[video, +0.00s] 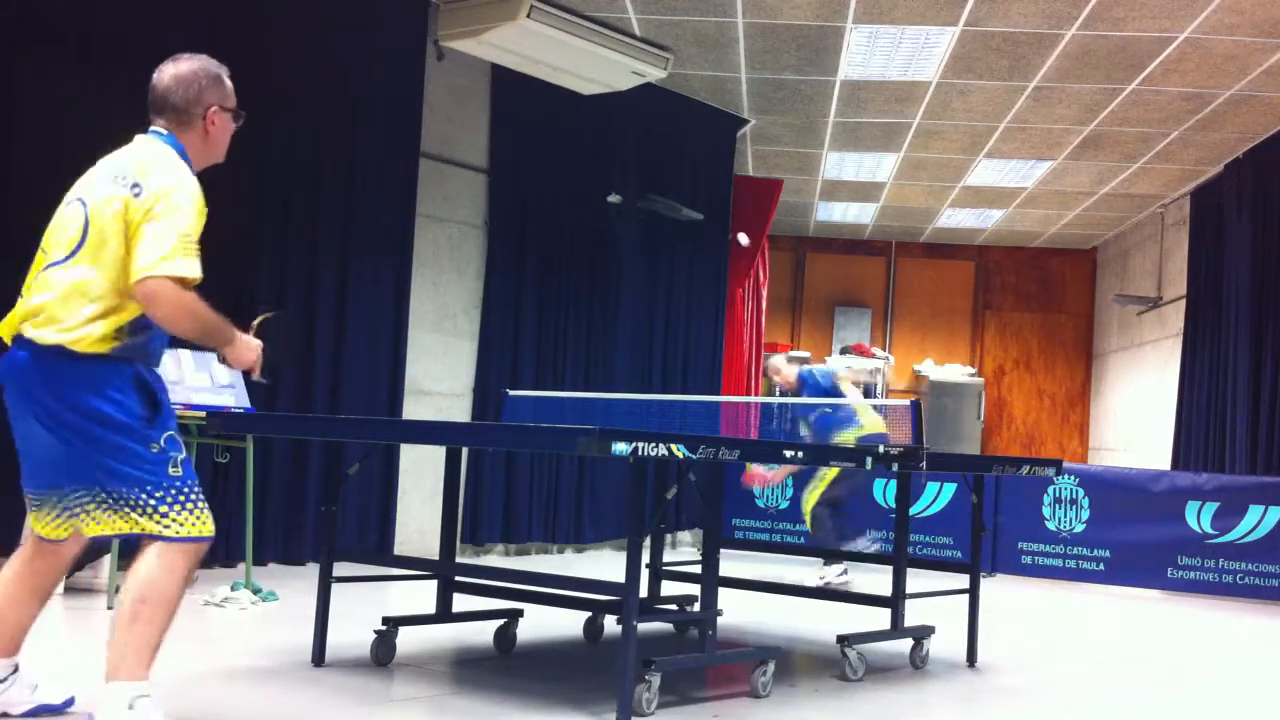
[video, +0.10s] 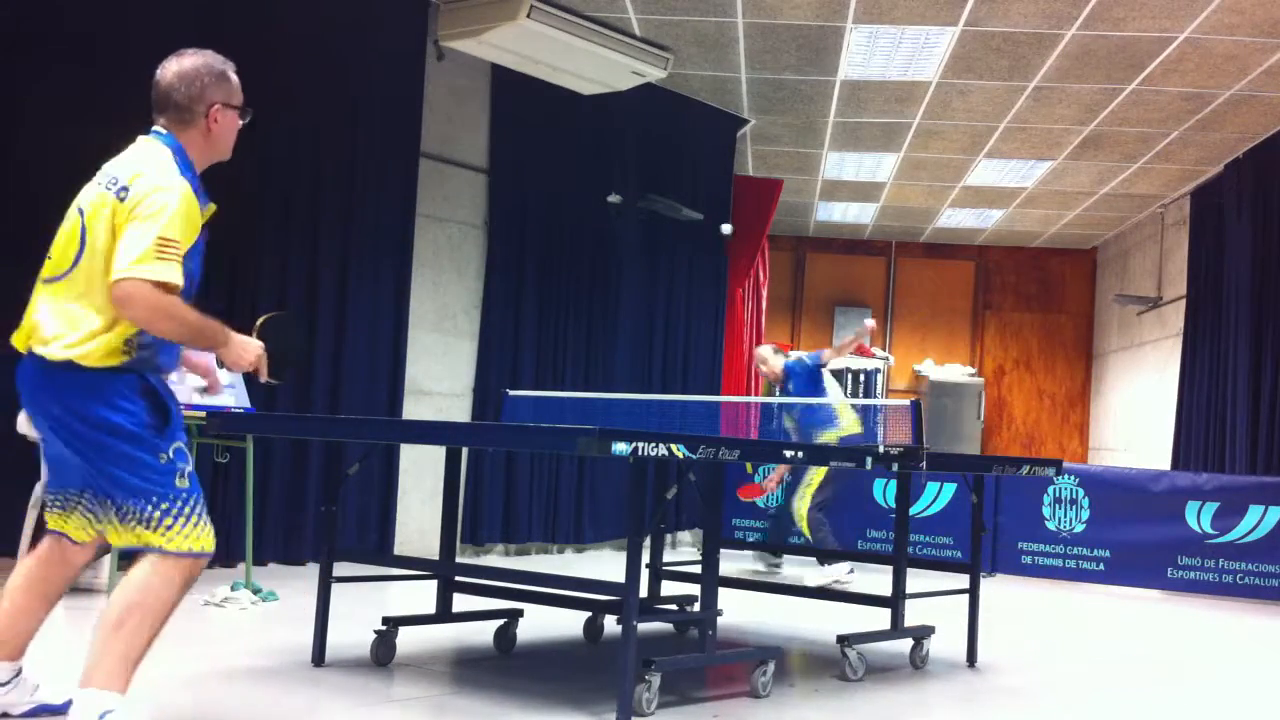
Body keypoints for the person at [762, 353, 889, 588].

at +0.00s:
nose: (778, 382)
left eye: (777, 375)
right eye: (773, 379)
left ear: (786, 366)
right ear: (774, 378)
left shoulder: (811, 374)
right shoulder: (802, 405)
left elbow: (842, 376)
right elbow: (809, 447)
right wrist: (782, 471)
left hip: (855, 442)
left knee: (813, 500)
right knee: (827, 499)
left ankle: (834, 564)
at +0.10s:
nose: (762, 372)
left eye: (762, 365)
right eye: (759, 368)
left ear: (773, 357)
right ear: (764, 367)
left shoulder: (799, 363)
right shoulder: (785, 397)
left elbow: (834, 353)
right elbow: (795, 444)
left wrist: (859, 335)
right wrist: (777, 475)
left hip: (840, 442)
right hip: (821, 447)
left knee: (802, 504)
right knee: (791, 501)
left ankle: (838, 564)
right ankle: (772, 554)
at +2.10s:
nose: (981, 388)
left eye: (984, 383)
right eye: (983, 382)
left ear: (969, 372)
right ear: (972, 375)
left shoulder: (945, 380)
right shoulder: (940, 384)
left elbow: (924, 431)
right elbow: (915, 427)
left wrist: (936, 467)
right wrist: (930, 466)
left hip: (900, 442)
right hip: (897, 443)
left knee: (916, 501)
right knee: (922, 502)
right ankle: (910, 573)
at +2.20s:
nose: (984, 389)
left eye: (987, 385)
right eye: (987, 384)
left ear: (977, 371)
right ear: (981, 376)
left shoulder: (952, 377)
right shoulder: (948, 381)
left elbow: (927, 429)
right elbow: (926, 426)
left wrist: (945, 469)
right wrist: (941, 466)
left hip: (903, 442)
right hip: (902, 444)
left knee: (922, 502)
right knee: (924, 502)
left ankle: (906, 570)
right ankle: (911, 573)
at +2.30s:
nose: (992, 389)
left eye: (996, 385)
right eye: (996, 384)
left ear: (983, 367)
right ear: (990, 375)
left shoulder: (959, 371)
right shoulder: (960, 379)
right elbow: (933, 421)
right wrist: (946, 467)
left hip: (905, 435)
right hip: (908, 438)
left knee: (925, 498)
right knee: (926, 498)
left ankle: (912, 570)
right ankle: (912, 572)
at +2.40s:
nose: (999, 389)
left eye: (1002, 385)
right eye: (1002, 384)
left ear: (987, 365)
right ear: (998, 376)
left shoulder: (962, 368)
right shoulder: (970, 380)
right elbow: (943, 419)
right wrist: (945, 465)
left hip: (908, 430)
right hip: (916, 435)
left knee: (924, 497)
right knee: (927, 497)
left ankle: (912, 568)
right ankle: (913, 571)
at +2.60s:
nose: (1002, 388)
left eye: (1005, 385)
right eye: (1006, 384)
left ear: (991, 364)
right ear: (1003, 375)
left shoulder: (959, 369)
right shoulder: (984, 377)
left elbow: (931, 370)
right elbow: (962, 411)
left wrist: (926, 366)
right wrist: (960, 453)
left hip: (924, 433)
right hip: (939, 436)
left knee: (955, 497)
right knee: (956, 496)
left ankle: (938, 564)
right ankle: (927, 563)